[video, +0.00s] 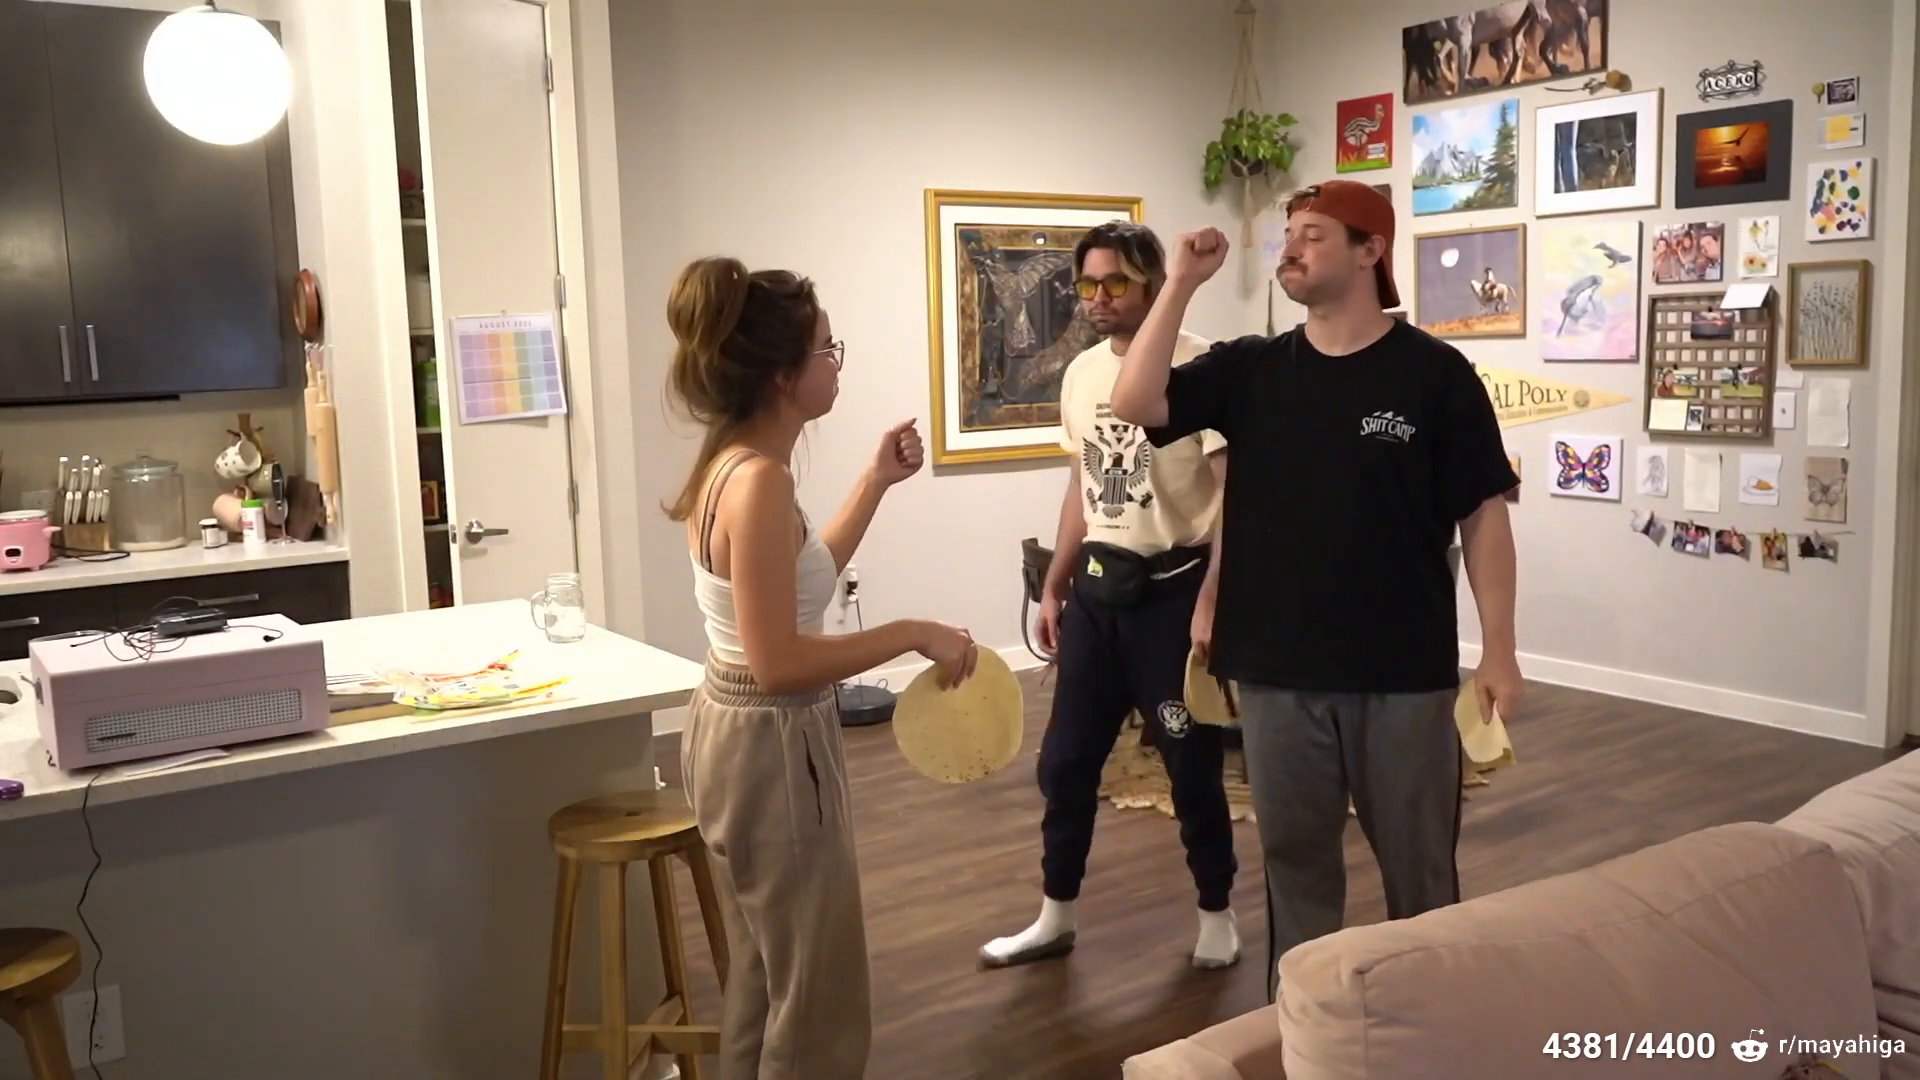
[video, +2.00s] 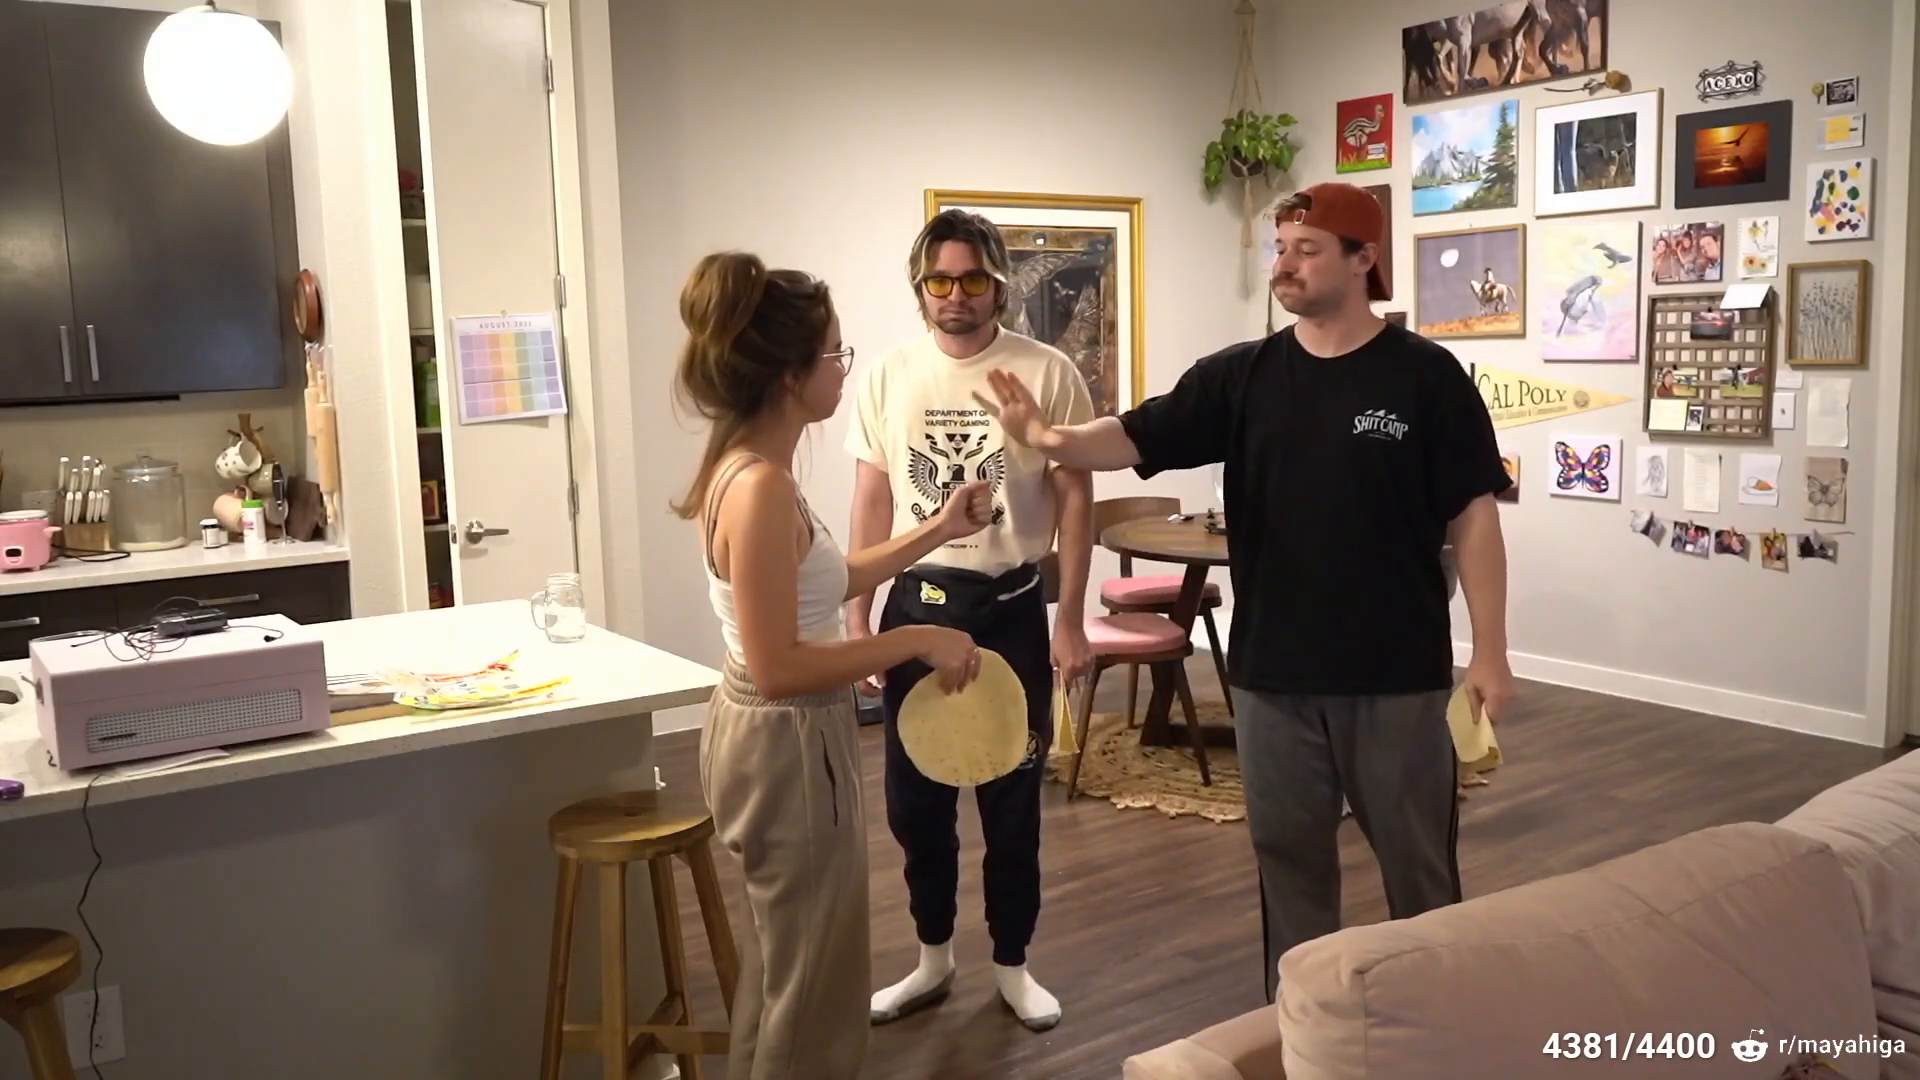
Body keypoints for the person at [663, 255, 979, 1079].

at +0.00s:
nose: (839, 358)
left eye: (832, 345)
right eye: (827, 350)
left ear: (768, 379)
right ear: (782, 377)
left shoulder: (730, 467)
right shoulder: (759, 482)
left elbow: (805, 579)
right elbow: (776, 664)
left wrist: (873, 481)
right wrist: (916, 634)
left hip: (735, 733)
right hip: (775, 746)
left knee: (764, 968)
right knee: (818, 990)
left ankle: (744, 1074)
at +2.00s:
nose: (846, 367)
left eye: (841, 352)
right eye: (835, 355)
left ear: (778, 377)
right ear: (787, 376)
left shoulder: (751, 468)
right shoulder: (757, 487)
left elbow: (825, 583)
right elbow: (776, 668)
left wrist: (936, 530)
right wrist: (920, 641)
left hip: (773, 732)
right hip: (786, 746)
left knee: (786, 968)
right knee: (813, 981)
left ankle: (763, 1073)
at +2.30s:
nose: (853, 367)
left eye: (848, 352)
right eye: (843, 356)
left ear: (785, 378)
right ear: (797, 377)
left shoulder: (752, 468)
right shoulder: (765, 483)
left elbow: (825, 587)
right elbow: (778, 666)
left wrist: (937, 538)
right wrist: (920, 643)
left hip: (768, 729)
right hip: (786, 744)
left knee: (785, 966)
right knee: (814, 978)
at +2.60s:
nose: (866, 370)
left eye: (862, 355)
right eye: (856, 359)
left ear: (799, 379)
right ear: (808, 379)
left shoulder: (761, 468)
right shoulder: (771, 482)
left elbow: (816, 606)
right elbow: (777, 665)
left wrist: (924, 571)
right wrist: (923, 648)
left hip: (772, 731)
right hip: (786, 745)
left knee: (782, 968)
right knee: (815, 979)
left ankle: (762, 1074)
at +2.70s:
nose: (867, 371)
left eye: (863, 355)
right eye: (857, 359)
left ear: (802, 379)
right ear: (808, 379)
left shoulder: (765, 468)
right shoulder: (771, 482)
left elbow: (801, 612)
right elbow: (775, 665)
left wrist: (912, 598)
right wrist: (915, 652)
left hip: (780, 730)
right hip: (786, 743)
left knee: (787, 965)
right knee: (817, 976)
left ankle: (764, 1072)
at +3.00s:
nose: (869, 369)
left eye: (864, 353)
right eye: (858, 356)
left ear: (804, 377)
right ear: (811, 378)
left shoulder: (767, 468)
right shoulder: (777, 483)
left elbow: (797, 625)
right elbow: (779, 664)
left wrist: (900, 623)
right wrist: (919, 653)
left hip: (780, 731)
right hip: (792, 743)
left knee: (786, 963)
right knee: (817, 976)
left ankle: (762, 1074)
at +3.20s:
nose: (868, 371)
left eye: (864, 354)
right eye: (857, 358)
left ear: (802, 378)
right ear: (809, 378)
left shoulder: (766, 468)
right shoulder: (776, 482)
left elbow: (796, 626)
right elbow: (777, 664)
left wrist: (895, 627)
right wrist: (915, 654)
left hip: (780, 730)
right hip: (792, 742)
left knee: (784, 964)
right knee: (817, 977)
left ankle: (758, 1073)